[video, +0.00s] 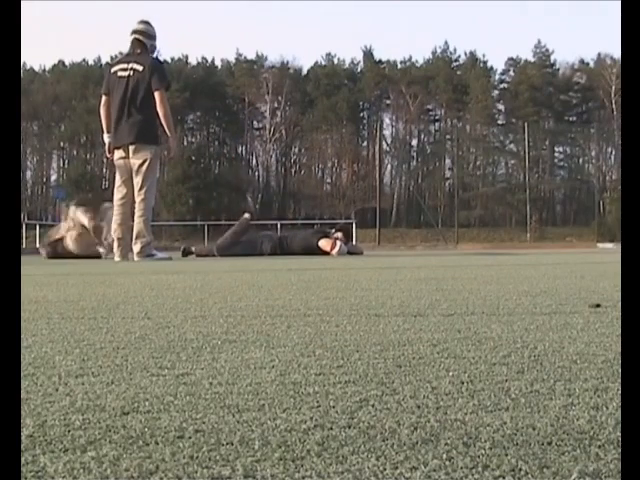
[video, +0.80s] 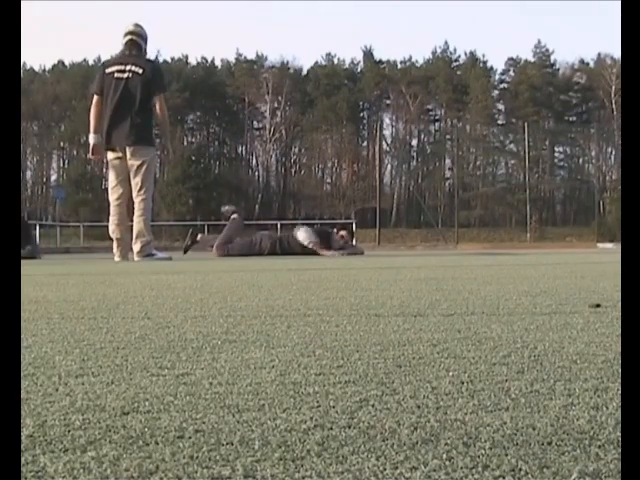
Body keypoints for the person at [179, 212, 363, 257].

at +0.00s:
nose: (338, 243)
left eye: (340, 241)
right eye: (339, 241)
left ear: (338, 238)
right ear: (335, 237)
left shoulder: (326, 239)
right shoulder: (321, 237)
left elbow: (354, 249)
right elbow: (329, 248)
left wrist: (344, 246)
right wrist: (337, 247)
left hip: (272, 245)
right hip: (270, 243)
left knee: (228, 251)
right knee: (220, 248)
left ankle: (193, 251)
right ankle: (245, 218)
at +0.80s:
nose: (342, 242)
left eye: (345, 241)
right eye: (342, 238)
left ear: (345, 241)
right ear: (337, 233)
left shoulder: (329, 242)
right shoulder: (313, 234)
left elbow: (359, 251)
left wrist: (344, 249)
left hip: (271, 247)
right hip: (266, 242)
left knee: (231, 245)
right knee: (221, 250)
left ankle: (199, 239)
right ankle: (236, 218)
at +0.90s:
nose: (343, 238)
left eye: (344, 238)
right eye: (342, 236)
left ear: (341, 239)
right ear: (336, 234)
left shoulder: (329, 242)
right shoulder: (322, 238)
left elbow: (355, 249)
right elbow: (290, 225)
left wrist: (350, 248)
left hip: (275, 244)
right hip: (270, 242)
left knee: (236, 244)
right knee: (221, 250)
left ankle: (200, 236)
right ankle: (236, 217)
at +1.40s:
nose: (334, 243)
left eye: (338, 242)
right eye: (336, 239)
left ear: (339, 240)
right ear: (333, 231)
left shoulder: (328, 240)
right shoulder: (315, 226)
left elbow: (359, 250)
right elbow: (284, 227)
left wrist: (345, 250)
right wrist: (292, 249)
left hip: (270, 248)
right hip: (265, 239)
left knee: (226, 248)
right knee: (220, 249)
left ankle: (196, 236)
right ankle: (238, 219)